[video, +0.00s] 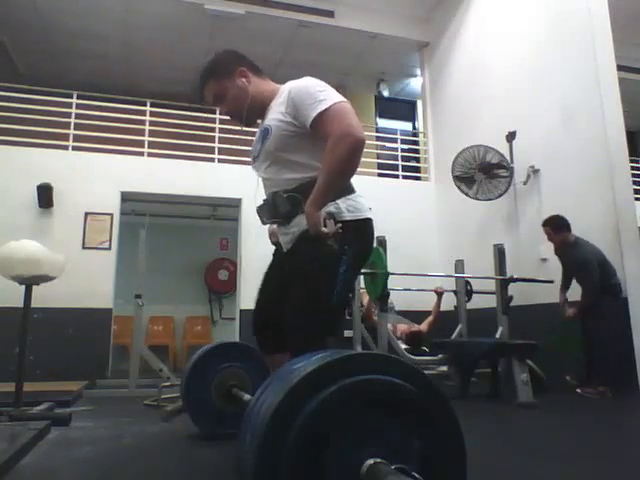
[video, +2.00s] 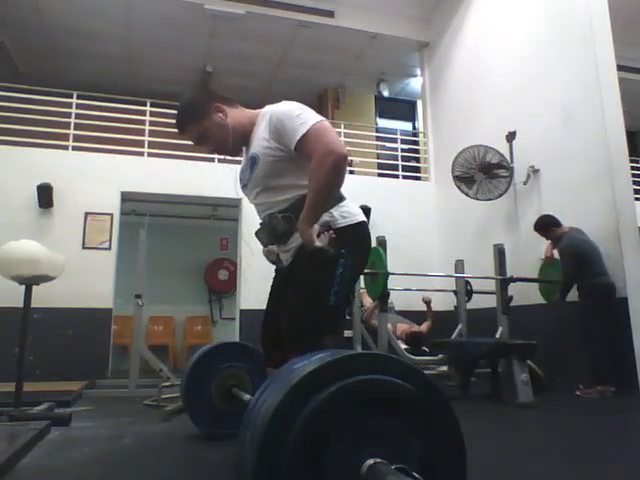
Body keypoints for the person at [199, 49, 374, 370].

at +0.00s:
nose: (222, 111)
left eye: (221, 98)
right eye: (216, 106)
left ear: (243, 77)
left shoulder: (300, 91)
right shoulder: (265, 134)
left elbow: (349, 137)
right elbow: (291, 181)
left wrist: (313, 206)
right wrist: (277, 222)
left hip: (335, 228)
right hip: (300, 237)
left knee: (303, 333)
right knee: (268, 326)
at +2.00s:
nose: (208, 150)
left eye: (204, 139)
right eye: (201, 145)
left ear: (220, 112)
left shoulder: (280, 114)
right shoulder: (247, 169)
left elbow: (332, 155)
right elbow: (279, 209)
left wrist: (306, 224)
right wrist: (272, 243)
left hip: (336, 237)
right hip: (300, 251)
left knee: (303, 335)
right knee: (274, 337)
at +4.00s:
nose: (213, 125)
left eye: (210, 111)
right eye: (206, 119)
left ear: (230, 89)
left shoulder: (283, 103)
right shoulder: (254, 157)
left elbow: (339, 133)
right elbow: (279, 205)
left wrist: (320, 210)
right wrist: (268, 246)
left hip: (334, 228)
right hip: (299, 242)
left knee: (311, 334)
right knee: (276, 330)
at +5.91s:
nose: (212, 155)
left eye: (206, 144)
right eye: (204, 151)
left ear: (220, 118)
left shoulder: (279, 120)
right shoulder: (252, 170)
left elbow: (331, 154)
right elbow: (280, 215)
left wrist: (306, 232)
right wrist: (272, 250)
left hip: (339, 238)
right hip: (303, 251)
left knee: (306, 337)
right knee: (277, 338)